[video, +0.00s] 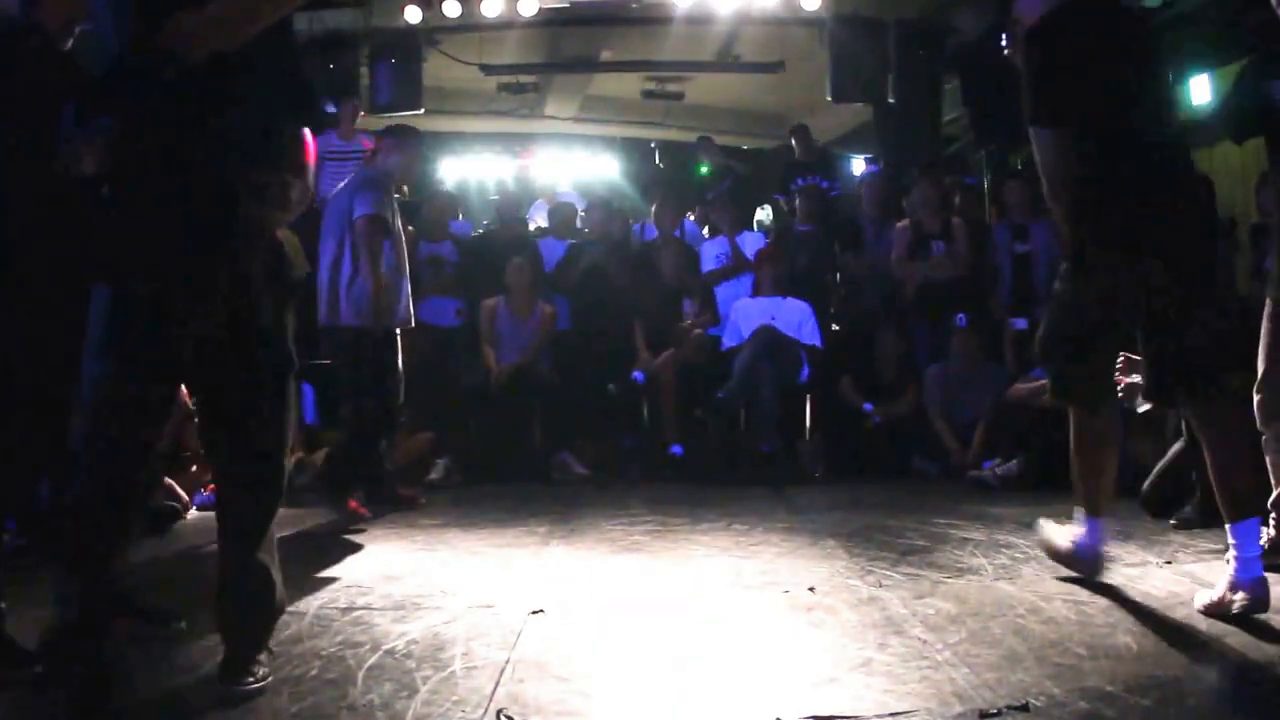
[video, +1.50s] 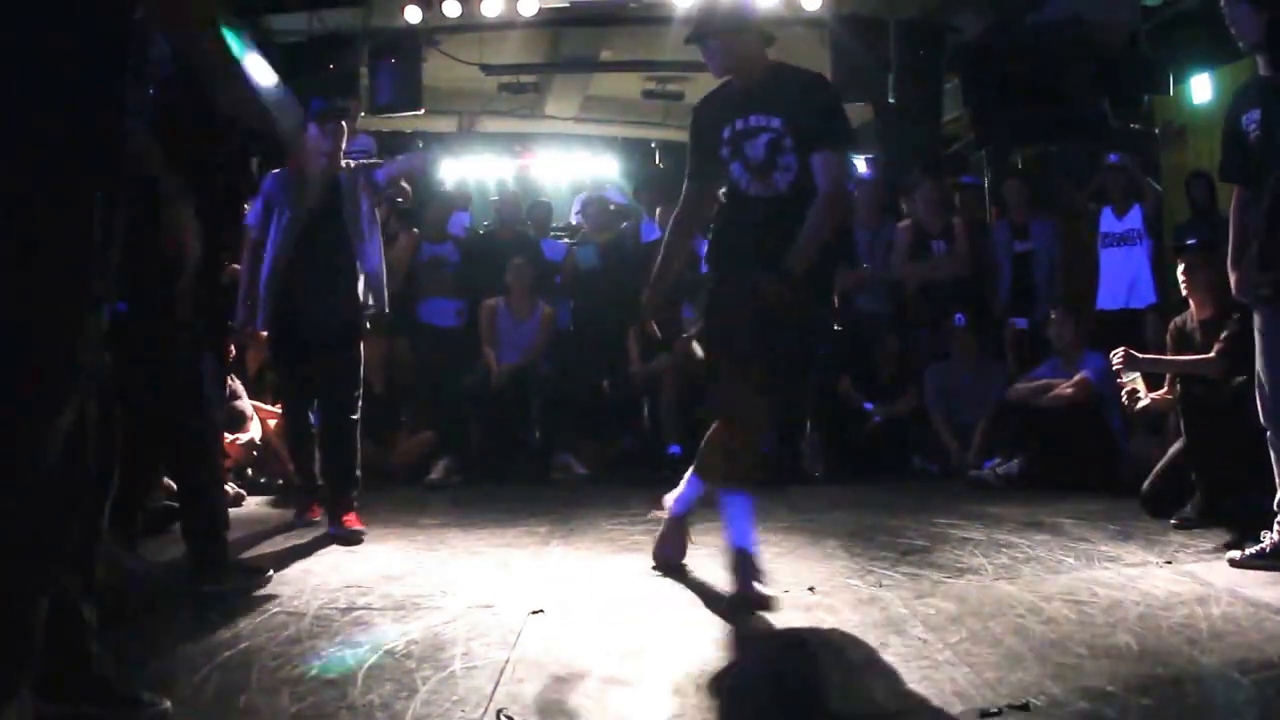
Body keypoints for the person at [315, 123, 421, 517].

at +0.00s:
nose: (415, 166)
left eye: (417, 157)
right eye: (411, 156)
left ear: (383, 151)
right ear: (388, 150)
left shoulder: (359, 186)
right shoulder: (372, 185)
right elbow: (368, 232)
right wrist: (376, 284)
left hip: (358, 315)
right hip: (366, 316)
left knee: (372, 406)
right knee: (373, 406)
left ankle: (379, 483)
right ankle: (346, 484)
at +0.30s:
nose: (421, 161)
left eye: (423, 153)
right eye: (417, 151)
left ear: (405, 152)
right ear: (394, 148)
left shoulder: (390, 194)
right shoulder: (370, 184)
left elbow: (393, 261)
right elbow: (356, 238)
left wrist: (427, 302)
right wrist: (372, 289)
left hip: (380, 318)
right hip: (359, 315)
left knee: (380, 406)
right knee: (367, 406)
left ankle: (378, 488)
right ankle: (358, 494)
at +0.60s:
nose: (418, 156)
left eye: (418, 148)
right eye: (411, 148)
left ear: (407, 153)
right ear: (386, 153)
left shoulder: (409, 208)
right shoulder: (357, 189)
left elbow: (423, 266)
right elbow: (329, 240)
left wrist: (455, 310)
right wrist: (329, 297)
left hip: (385, 320)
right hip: (347, 317)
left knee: (387, 403)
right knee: (333, 405)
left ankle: (383, 484)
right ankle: (316, 495)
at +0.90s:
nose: (390, 148)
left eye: (389, 141)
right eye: (381, 141)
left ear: (381, 149)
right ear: (354, 146)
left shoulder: (390, 202)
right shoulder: (321, 192)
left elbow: (398, 260)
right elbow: (290, 246)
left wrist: (394, 310)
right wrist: (280, 302)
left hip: (368, 323)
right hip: (319, 322)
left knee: (379, 409)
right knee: (313, 414)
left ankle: (380, 487)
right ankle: (310, 498)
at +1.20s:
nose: (345, 147)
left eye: (348, 138)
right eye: (336, 138)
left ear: (353, 142)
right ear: (313, 143)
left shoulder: (369, 195)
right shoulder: (283, 189)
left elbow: (380, 254)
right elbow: (258, 252)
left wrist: (383, 308)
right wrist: (250, 313)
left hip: (350, 322)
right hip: (297, 322)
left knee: (370, 411)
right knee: (299, 416)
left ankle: (376, 491)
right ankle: (309, 497)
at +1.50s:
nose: (331, 145)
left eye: (338, 138)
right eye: (324, 136)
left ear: (346, 142)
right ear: (306, 137)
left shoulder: (360, 185)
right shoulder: (278, 186)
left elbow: (408, 164)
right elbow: (254, 252)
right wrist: (249, 316)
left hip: (343, 317)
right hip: (291, 317)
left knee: (344, 411)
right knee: (296, 409)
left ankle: (345, 505)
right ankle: (308, 496)